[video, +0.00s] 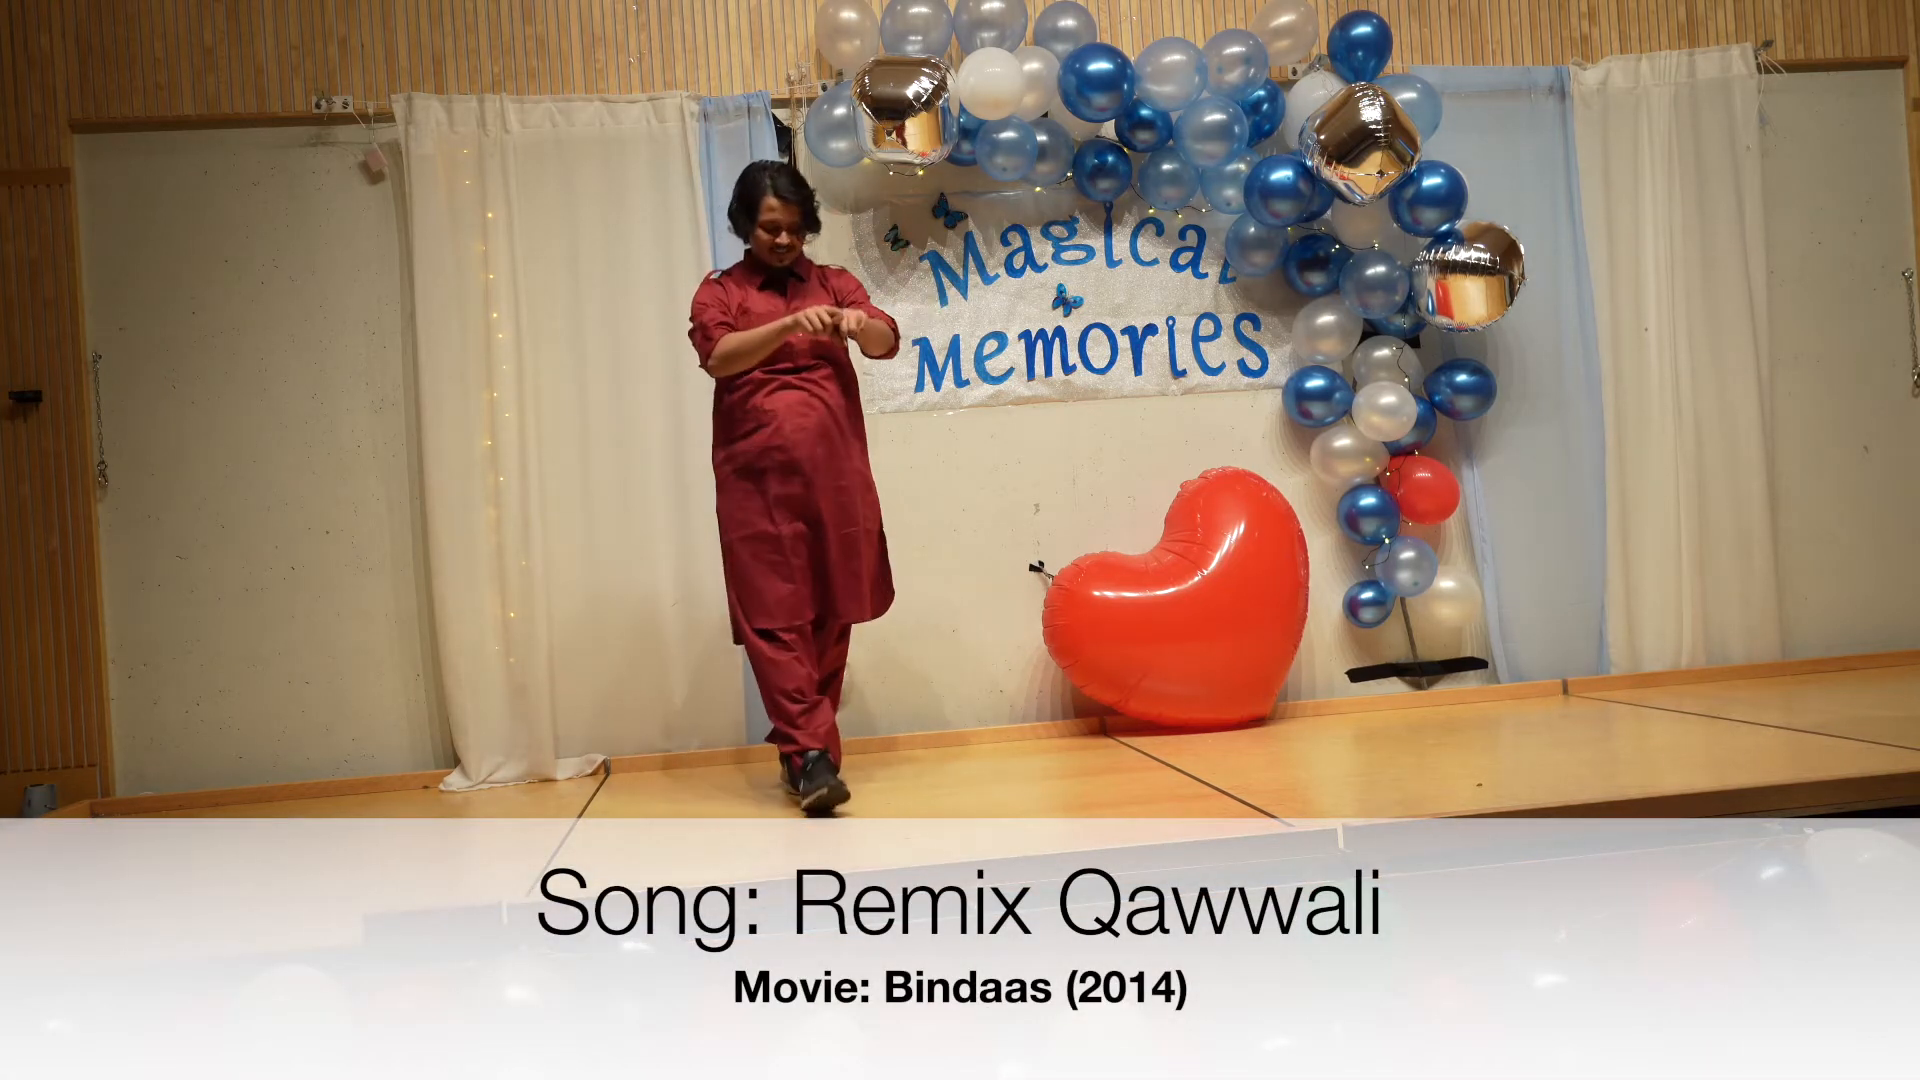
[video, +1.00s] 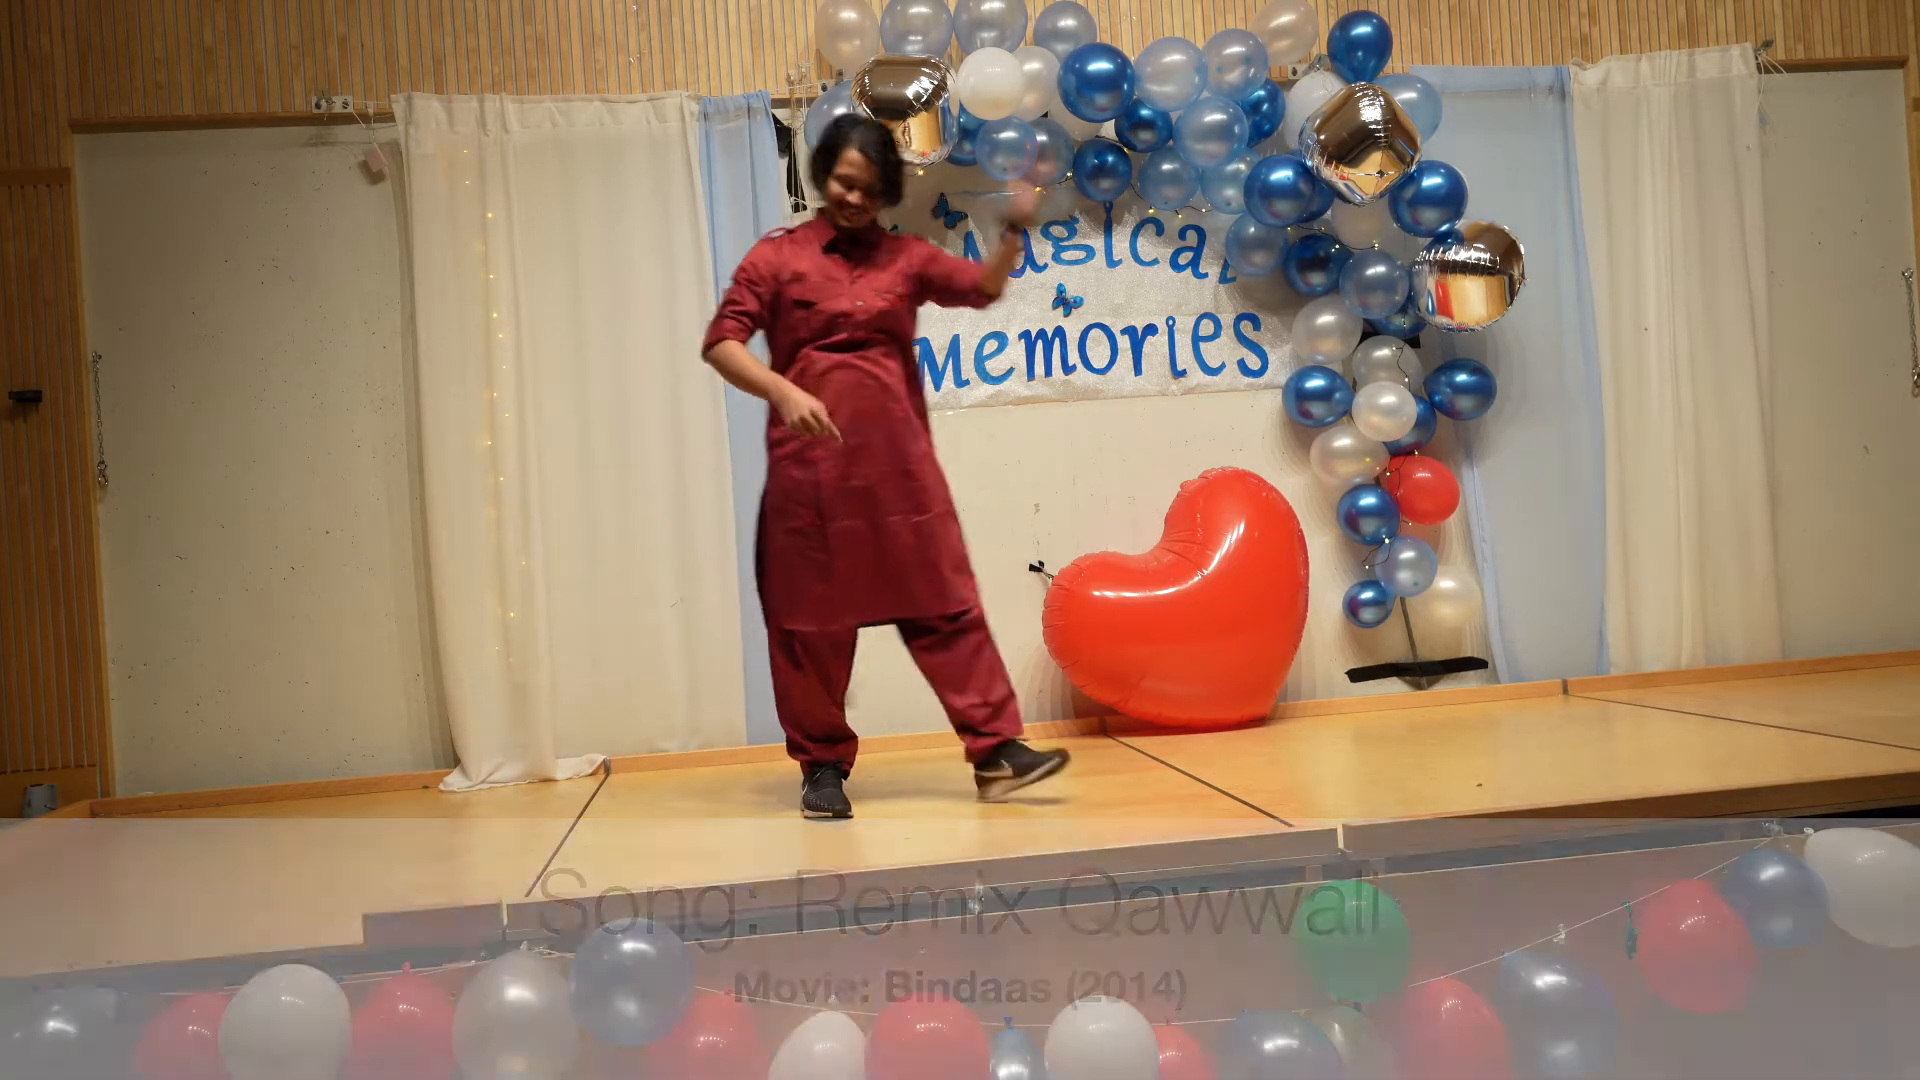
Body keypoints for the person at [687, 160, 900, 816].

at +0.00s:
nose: (781, 239)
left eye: (792, 227)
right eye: (769, 227)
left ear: (808, 224)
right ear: (744, 224)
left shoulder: (833, 282)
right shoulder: (718, 292)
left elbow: (886, 344)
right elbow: (718, 359)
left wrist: (853, 321)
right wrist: (788, 322)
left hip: (835, 478)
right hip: (757, 485)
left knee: (831, 614)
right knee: (776, 619)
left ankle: (806, 746)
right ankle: (811, 756)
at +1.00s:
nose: (852, 197)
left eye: (868, 187)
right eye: (841, 181)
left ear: (887, 191)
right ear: (818, 178)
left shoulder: (906, 255)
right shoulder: (777, 255)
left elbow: (983, 286)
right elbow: (720, 343)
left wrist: (1014, 228)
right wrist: (783, 392)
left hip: (900, 463)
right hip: (810, 470)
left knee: (948, 605)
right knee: (809, 622)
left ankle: (996, 750)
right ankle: (822, 768)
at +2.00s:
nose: (1050, 182)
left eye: (1066, 172)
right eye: (1038, 165)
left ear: (1080, 174)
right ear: (1010, 157)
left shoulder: (1078, 242)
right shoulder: (964, 231)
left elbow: (1162, 292)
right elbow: (905, 333)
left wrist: (1229, 230)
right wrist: (974, 413)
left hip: (1059, 454)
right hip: (987, 455)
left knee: (1041, 601)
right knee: (1017, 604)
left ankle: (1006, 760)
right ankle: (1074, 764)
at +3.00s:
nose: (1127, 71)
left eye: (1141, 62)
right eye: (1109, 63)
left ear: (1161, 90)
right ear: (1080, 92)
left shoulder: (1198, 183)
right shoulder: (1056, 181)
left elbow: (1291, 234)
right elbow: (1008, 250)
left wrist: (1260, 175)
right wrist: (1098, 198)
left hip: (1191, 424)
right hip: (1089, 428)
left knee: (1216, 598)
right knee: (1081, 604)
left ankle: (1238, 778)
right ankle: (1089, 784)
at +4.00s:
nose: (1183, 44)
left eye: (1195, 35)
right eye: (1164, 37)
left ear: (1217, 66)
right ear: (1132, 72)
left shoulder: (1262, 154)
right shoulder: (1117, 164)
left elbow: (1353, 103)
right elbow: (1073, 129)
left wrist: (1341, 11)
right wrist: (1124, 17)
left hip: (1256, 413)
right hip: (1151, 417)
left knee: (1254, 610)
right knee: (1141, 612)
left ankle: (1242, 784)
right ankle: (1150, 792)